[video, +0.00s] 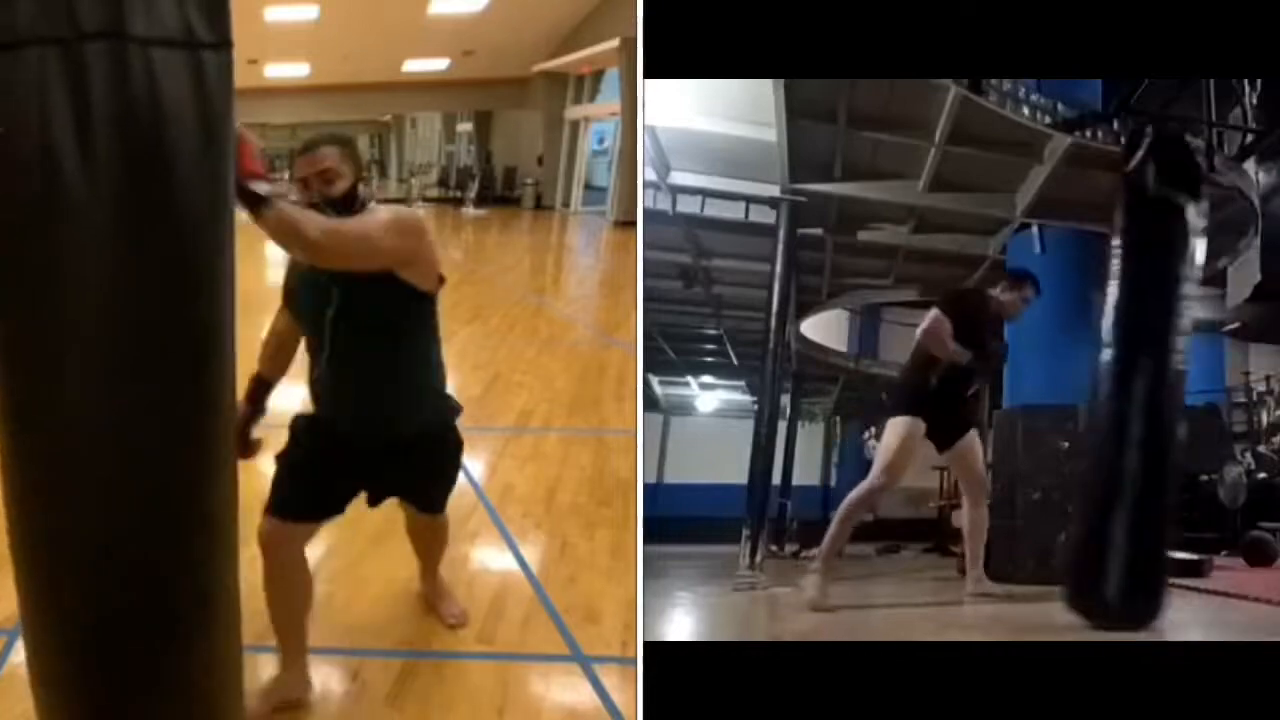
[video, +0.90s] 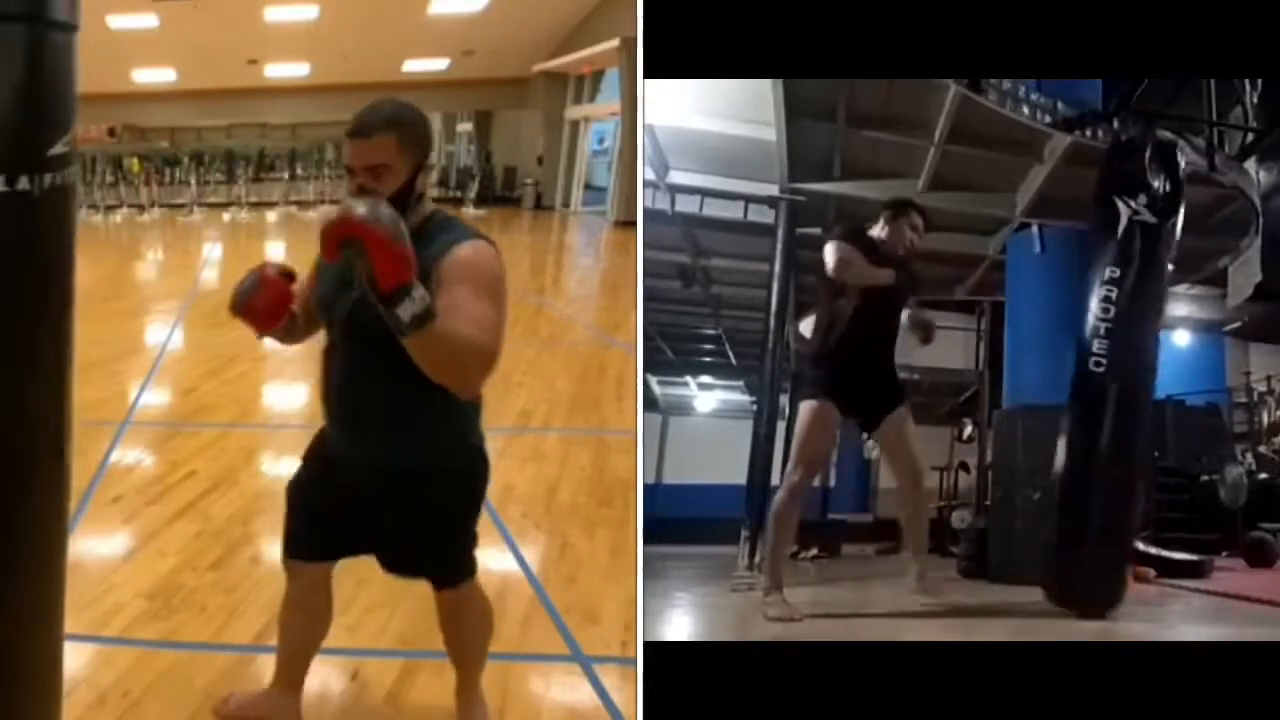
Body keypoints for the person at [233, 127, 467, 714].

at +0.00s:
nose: (318, 194)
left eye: (329, 179)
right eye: (305, 186)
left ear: (360, 179)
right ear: (295, 193)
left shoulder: (406, 230)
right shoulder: (305, 258)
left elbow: (320, 241)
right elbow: (284, 333)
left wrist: (253, 195)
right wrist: (252, 404)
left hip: (416, 424)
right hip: (334, 427)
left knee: (428, 517)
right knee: (280, 535)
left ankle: (432, 585)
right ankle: (293, 675)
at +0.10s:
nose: (291, 178)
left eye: (304, 167)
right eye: (280, 170)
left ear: (333, 173)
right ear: (271, 180)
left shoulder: (361, 217)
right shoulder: (294, 258)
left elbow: (243, 191)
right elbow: (294, 341)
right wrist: (252, 385)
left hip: (402, 429)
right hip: (320, 437)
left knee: (448, 542)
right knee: (279, 560)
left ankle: (446, 586)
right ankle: (295, 684)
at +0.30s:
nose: (256, 181)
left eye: (269, 169)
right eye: (251, 172)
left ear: (303, 175)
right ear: (251, 182)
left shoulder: (302, 214)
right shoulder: (274, 235)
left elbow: (281, 267)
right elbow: (205, 284)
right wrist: (210, 212)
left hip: (344, 381)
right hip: (360, 403)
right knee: (290, 534)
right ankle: (264, 692)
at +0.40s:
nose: (251, 209)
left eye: (262, 198)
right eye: (241, 202)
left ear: (286, 197)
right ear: (231, 207)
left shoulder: (309, 235)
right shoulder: (250, 272)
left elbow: (379, 284)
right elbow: (184, 268)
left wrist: (459, 342)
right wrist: (181, 188)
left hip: (335, 379)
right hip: (363, 433)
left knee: (215, 391)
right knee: (297, 561)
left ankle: (124, 421)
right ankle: (264, 703)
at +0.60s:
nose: (274, 188)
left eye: (289, 175)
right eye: (264, 175)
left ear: (316, 175)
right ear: (254, 178)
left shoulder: (351, 237)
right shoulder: (247, 268)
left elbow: (421, 301)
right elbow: (192, 335)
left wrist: (462, 354)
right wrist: (164, 289)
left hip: (379, 400)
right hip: (308, 429)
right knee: (283, 564)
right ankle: (266, 705)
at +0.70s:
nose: (306, 170)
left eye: (323, 157)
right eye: (297, 156)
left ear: (354, 157)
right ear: (287, 155)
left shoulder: (391, 233)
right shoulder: (269, 245)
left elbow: (449, 324)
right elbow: (227, 328)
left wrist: (401, 302)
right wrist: (189, 316)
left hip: (386, 438)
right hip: (305, 440)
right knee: (290, 570)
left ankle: (464, 710)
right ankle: (267, 706)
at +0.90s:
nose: (361, 184)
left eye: (378, 171)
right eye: (353, 170)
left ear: (418, 169)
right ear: (345, 165)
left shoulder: (464, 253)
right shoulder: (348, 241)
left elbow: (468, 372)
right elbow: (302, 323)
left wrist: (401, 294)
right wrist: (271, 311)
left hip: (434, 459)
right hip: (346, 450)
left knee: (454, 580)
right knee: (305, 561)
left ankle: (470, 699)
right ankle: (283, 695)